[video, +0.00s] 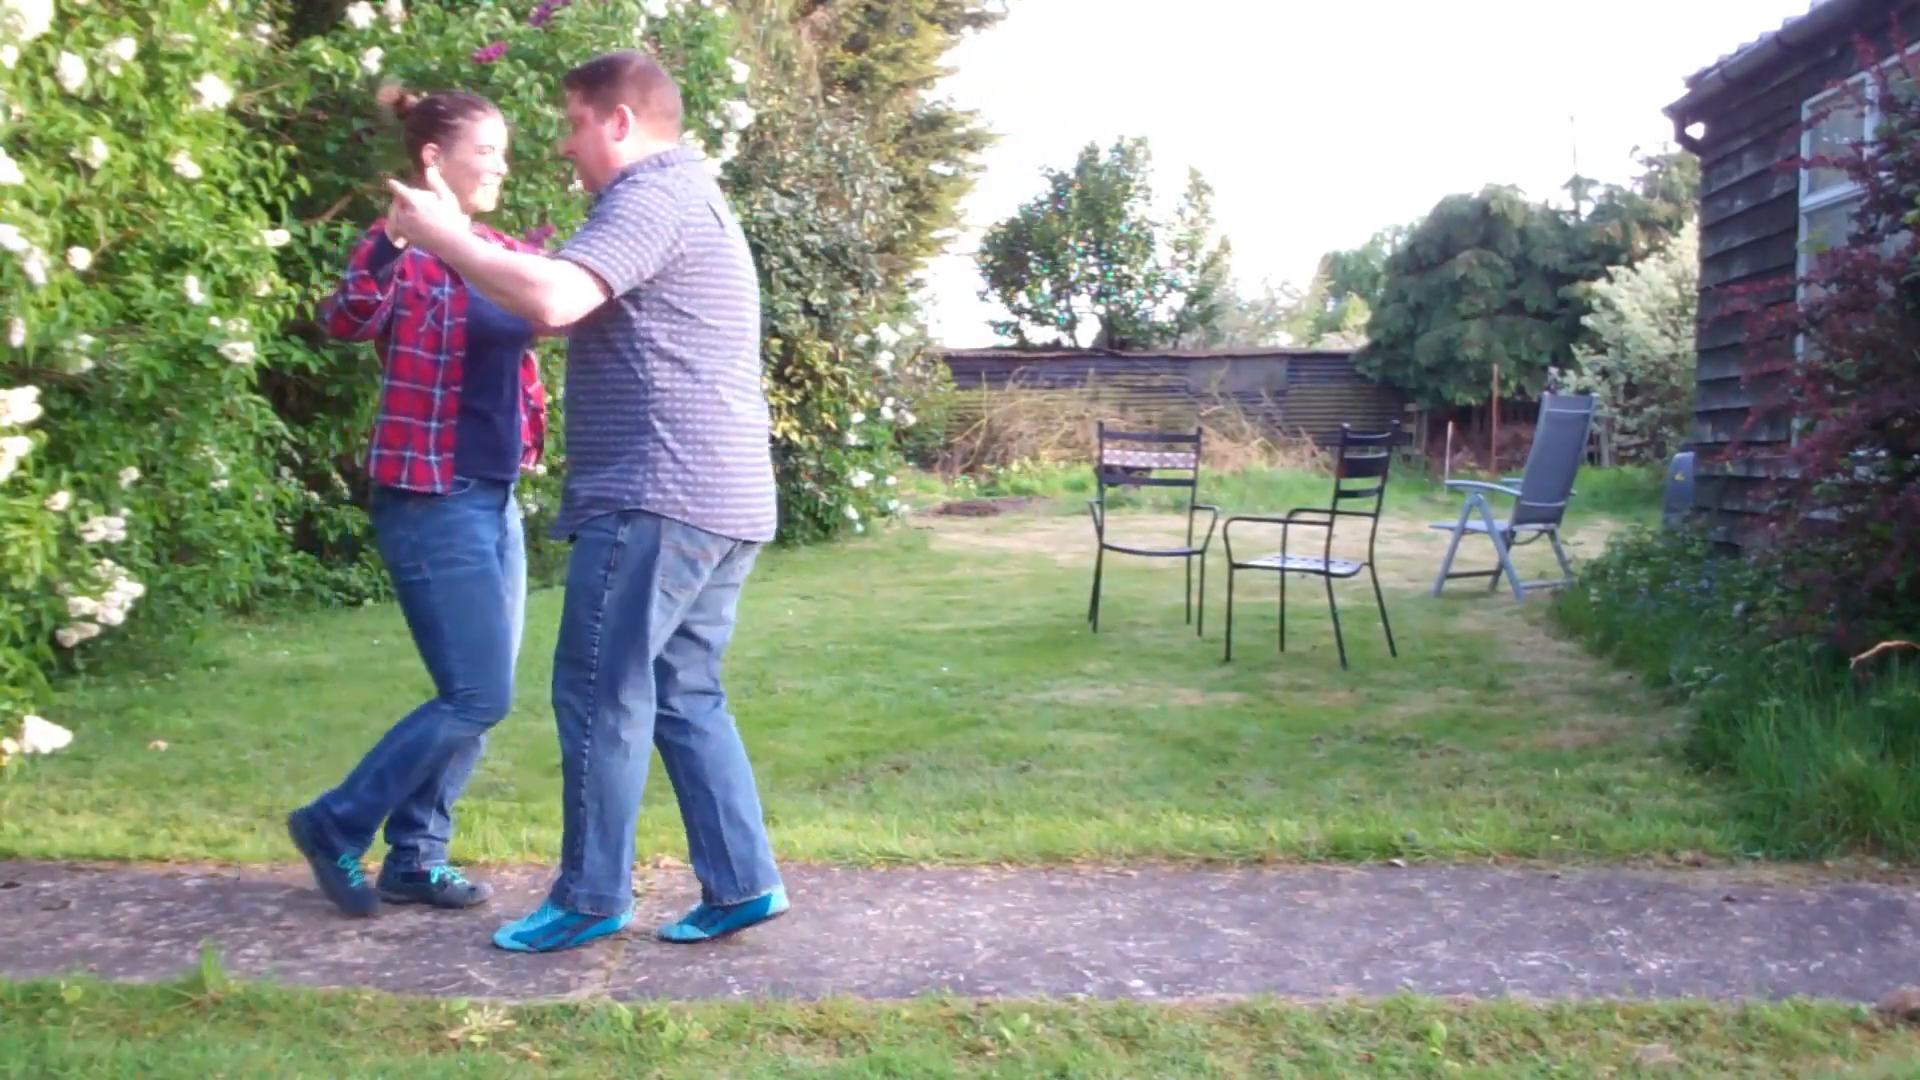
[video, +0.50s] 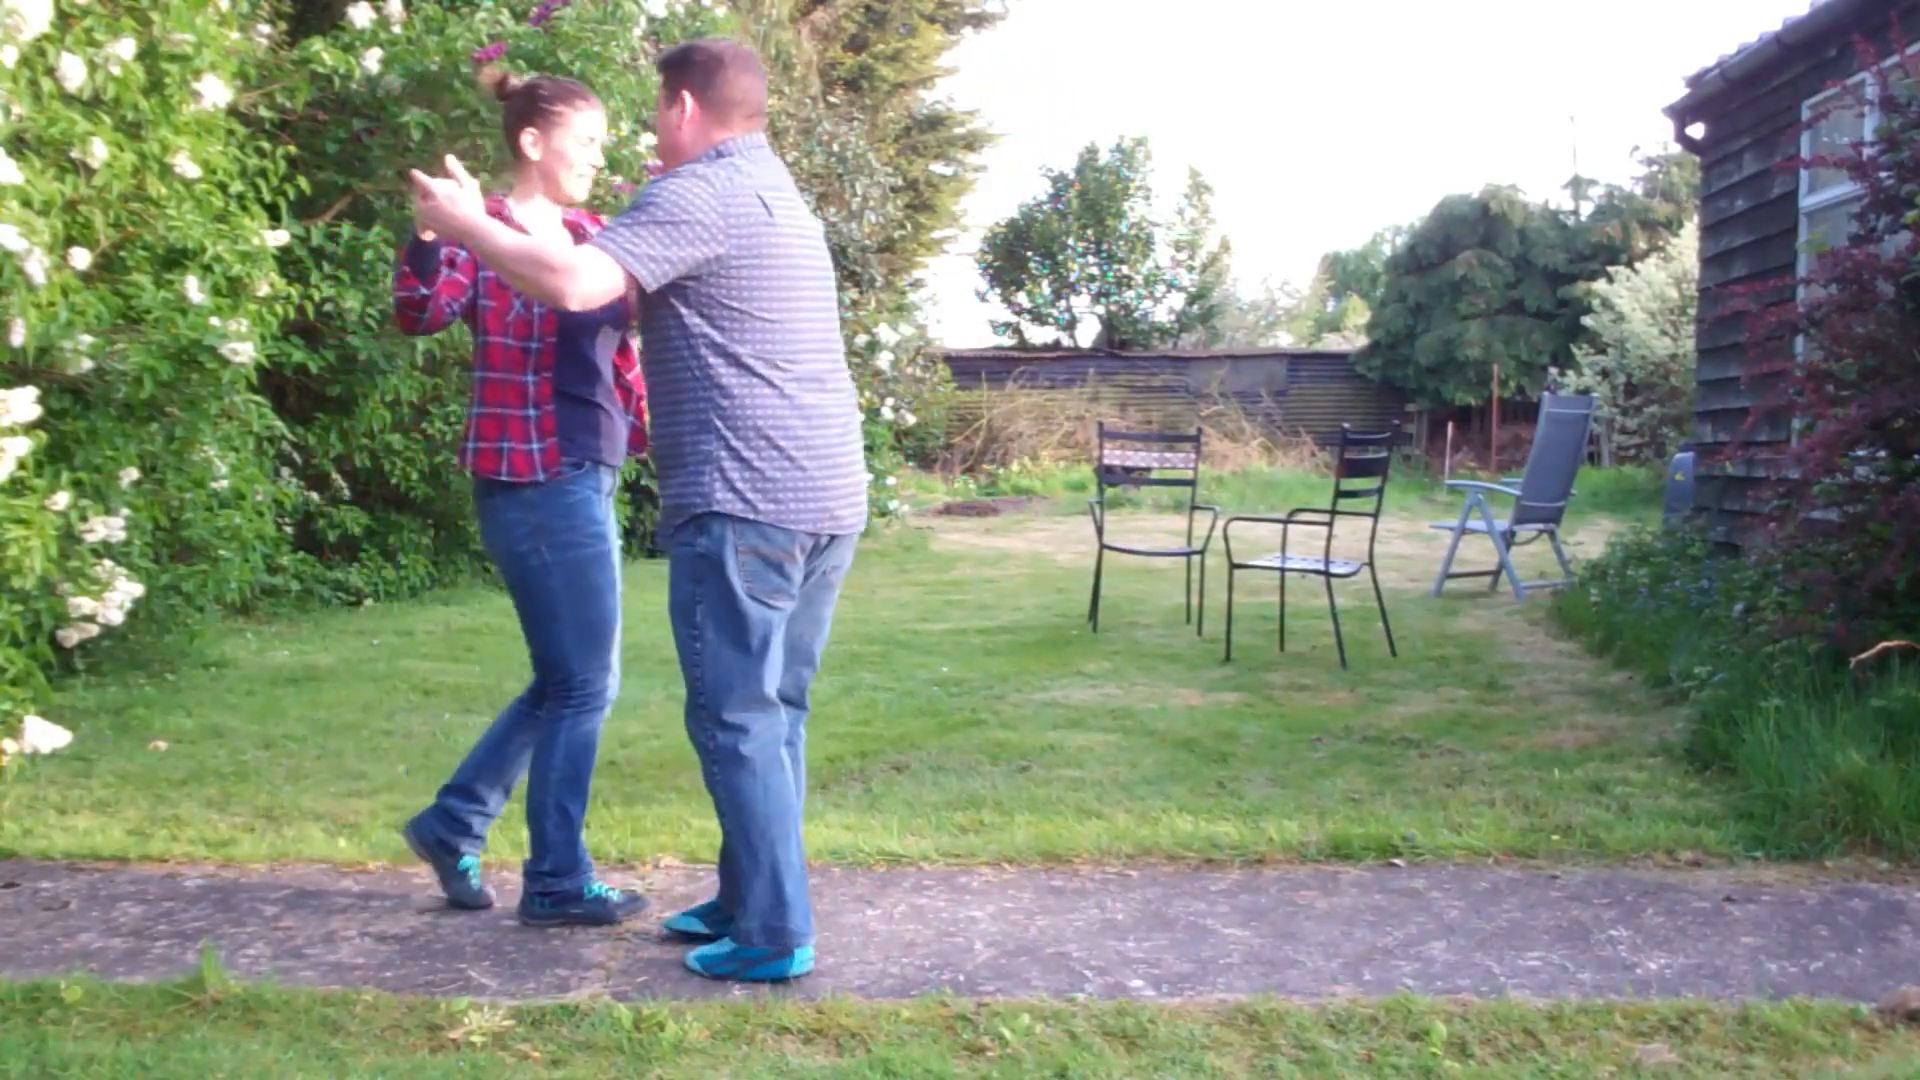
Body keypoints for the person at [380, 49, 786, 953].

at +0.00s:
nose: (567, 150)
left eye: (573, 129)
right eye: (566, 131)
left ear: (618, 120)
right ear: (643, 121)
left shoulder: (655, 194)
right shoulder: (692, 192)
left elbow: (554, 297)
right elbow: (566, 289)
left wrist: (440, 235)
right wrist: (467, 241)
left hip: (659, 493)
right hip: (725, 494)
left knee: (599, 693)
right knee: (685, 687)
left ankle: (590, 898)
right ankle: (743, 882)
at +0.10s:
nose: (586, 148)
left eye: (590, 128)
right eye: (584, 131)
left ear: (633, 119)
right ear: (663, 120)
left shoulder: (670, 195)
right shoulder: (708, 192)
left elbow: (565, 295)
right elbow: (595, 295)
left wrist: (445, 233)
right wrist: (490, 243)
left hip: (685, 491)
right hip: (749, 494)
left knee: (602, 691)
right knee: (704, 693)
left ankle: (613, 898)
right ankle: (747, 893)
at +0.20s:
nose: (604, 148)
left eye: (608, 129)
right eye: (603, 130)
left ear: (648, 119)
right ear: (686, 120)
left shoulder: (685, 197)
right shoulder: (725, 194)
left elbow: (569, 293)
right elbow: (593, 290)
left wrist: (450, 227)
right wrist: (487, 234)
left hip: (701, 492)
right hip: (768, 495)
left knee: (618, 688)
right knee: (715, 695)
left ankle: (687, 892)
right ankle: (755, 898)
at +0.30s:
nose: (622, 145)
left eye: (626, 126)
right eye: (622, 127)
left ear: (661, 115)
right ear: (710, 116)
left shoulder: (695, 194)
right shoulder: (741, 192)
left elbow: (575, 285)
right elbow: (620, 292)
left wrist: (454, 221)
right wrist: (513, 242)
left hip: (715, 495)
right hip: (783, 495)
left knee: (659, 698)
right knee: (734, 697)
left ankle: (738, 896)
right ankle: (753, 892)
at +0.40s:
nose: (641, 136)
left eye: (643, 118)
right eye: (643, 118)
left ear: (674, 112)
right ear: (731, 113)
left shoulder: (701, 193)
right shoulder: (754, 191)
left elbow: (571, 279)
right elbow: (632, 301)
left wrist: (460, 218)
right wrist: (564, 243)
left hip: (733, 498)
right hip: (799, 496)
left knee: (709, 713)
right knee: (749, 706)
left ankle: (767, 923)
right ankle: (746, 901)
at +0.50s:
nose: (654, 129)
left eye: (660, 111)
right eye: (658, 111)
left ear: (689, 109)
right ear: (746, 112)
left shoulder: (705, 191)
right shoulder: (772, 187)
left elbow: (575, 281)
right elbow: (650, 283)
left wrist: (461, 222)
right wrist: (559, 235)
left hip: (747, 496)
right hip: (825, 493)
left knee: (734, 716)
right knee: (772, 708)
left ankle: (777, 934)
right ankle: (750, 895)